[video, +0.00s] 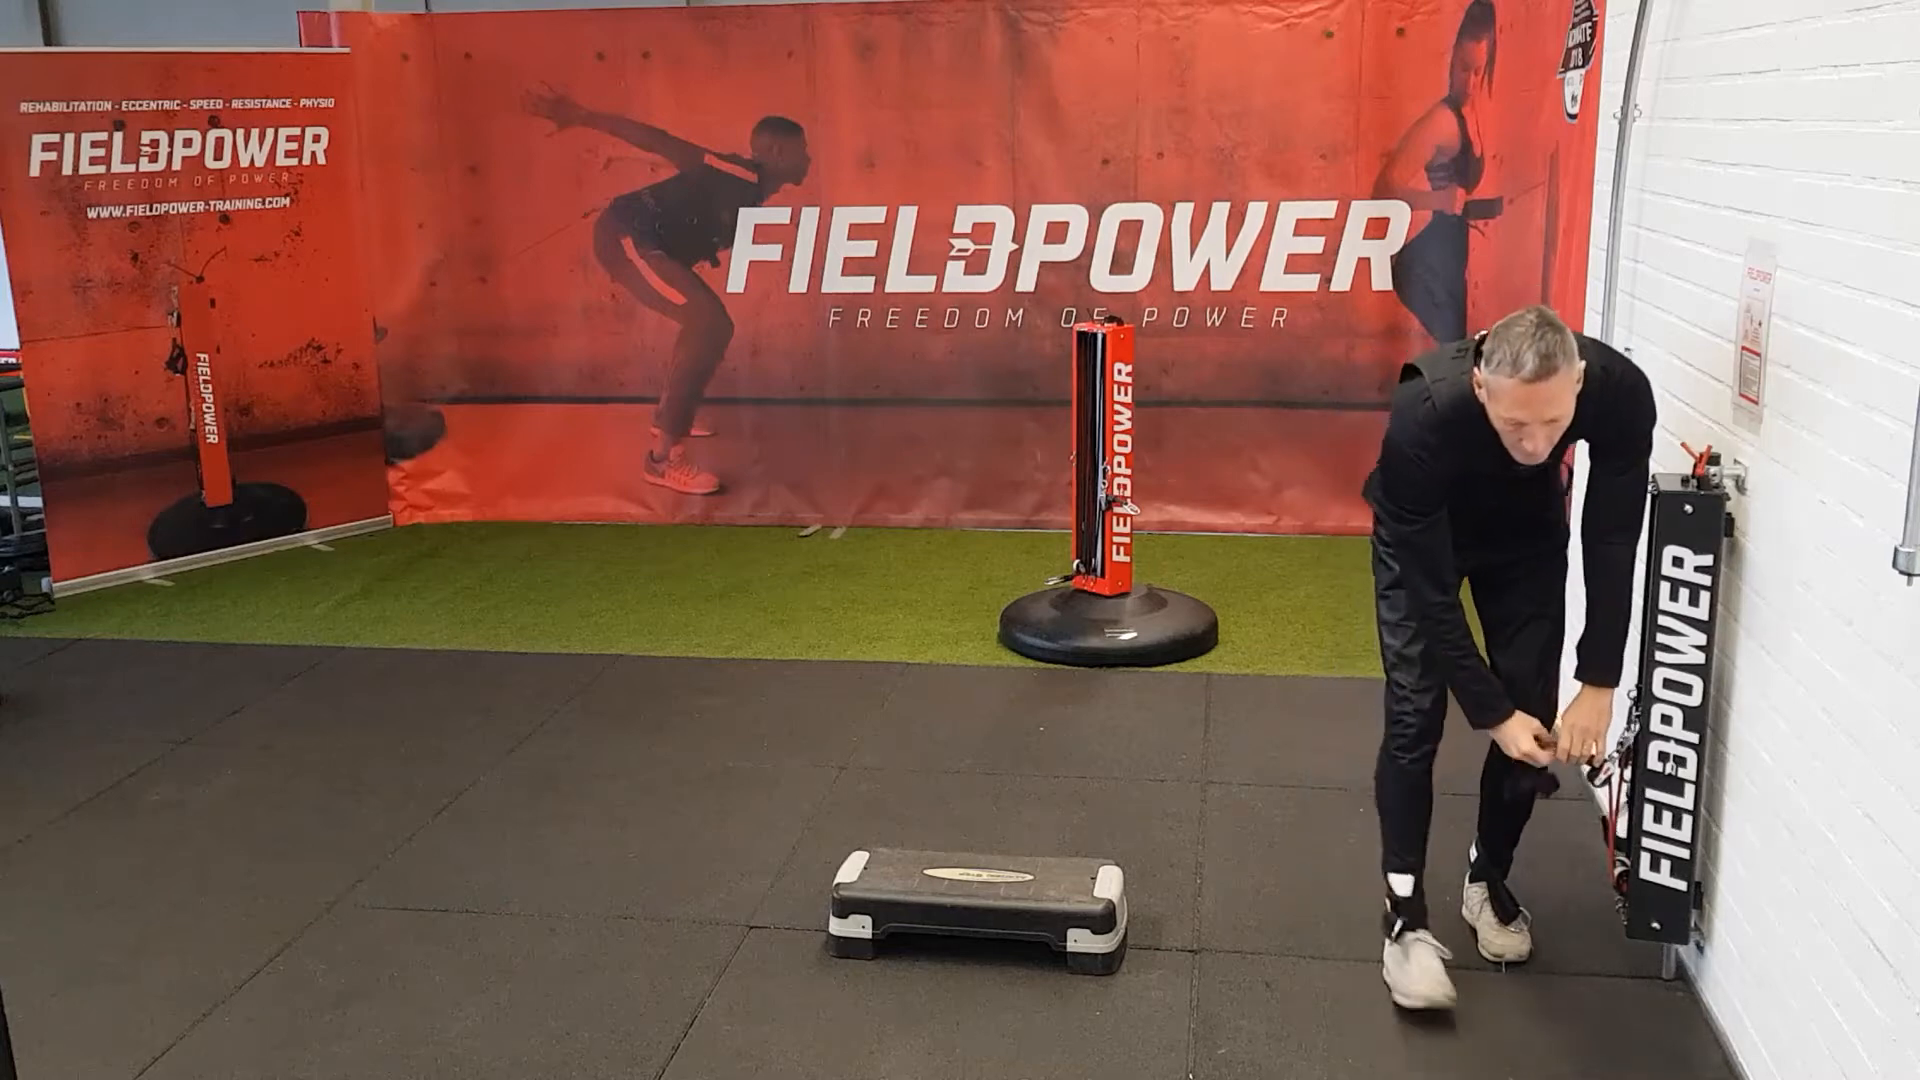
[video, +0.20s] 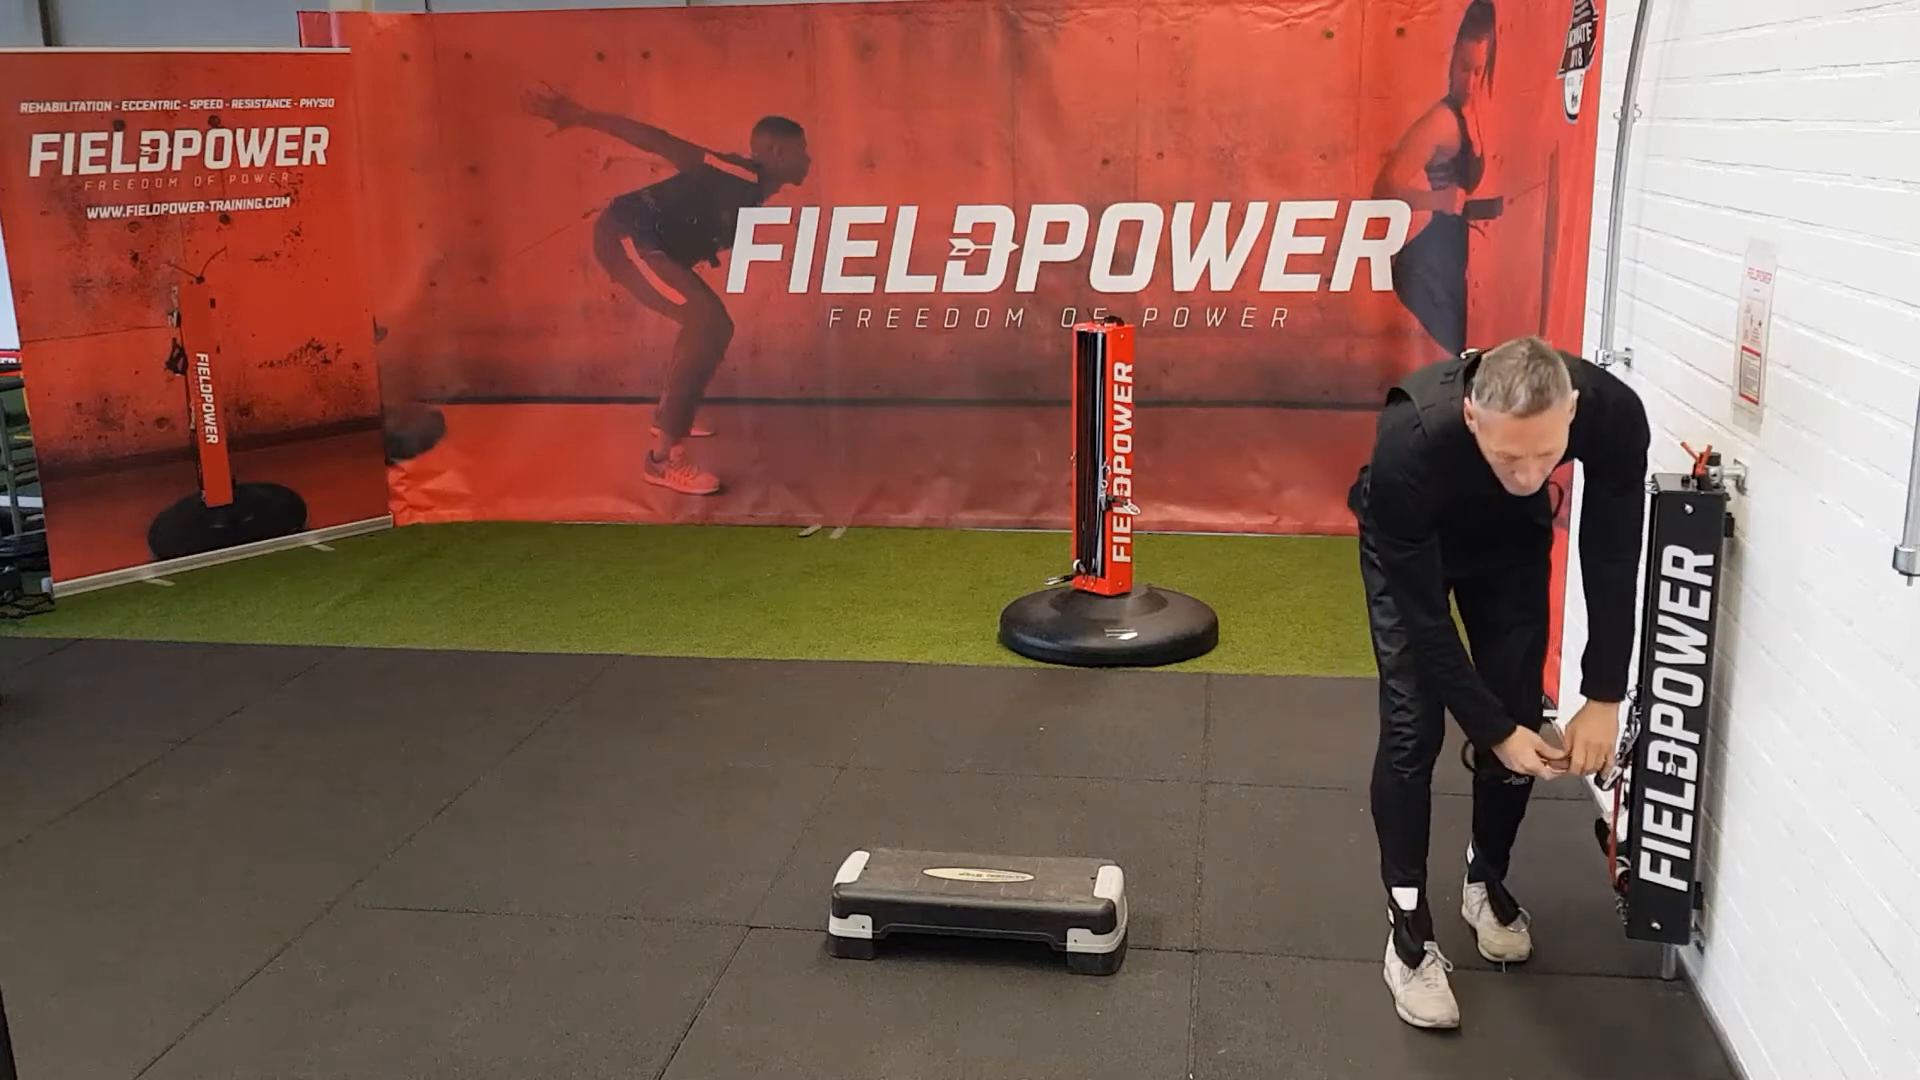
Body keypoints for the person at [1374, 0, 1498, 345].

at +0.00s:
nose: (1472, 82)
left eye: (1481, 72)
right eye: (1465, 70)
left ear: (1490, 73)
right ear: (1450, 67)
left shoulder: (1466, 119)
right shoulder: (1441, 121)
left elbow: (1433, 188)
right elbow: (1391, 187)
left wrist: (1468, 211)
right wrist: (1442, 200)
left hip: (1445, 252)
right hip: (1424, 255)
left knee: (1451, 347)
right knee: (1446, 348)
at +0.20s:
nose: (1472, 82)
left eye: (1482, 72)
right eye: (1465, 70)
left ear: (1492, 74)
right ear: (1450, 68)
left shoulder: (1465, 121)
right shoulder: (1441, 120)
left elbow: (1432, 189)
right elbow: (1388, 186)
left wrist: (1468, 212)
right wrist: (1438, 200)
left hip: (1445, 258)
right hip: (1424, 260)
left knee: (1449, 357)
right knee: (1440, 359)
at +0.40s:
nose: (1471, 82)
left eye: (1482, 72)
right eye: (1464, 69)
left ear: (1492, 74)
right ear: (1450, 67)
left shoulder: (1468, 121)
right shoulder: (1440, 121)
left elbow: (1436, 192)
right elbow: (1387, 189)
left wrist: (1473, 212)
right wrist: (1438, 199)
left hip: (1446, 254)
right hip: (1424, 257)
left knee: (1452, 358)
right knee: (1445, 359)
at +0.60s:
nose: (1472, 81)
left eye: (1482, 71)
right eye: (1464, 68)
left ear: (1492, 72)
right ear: (1450, 65)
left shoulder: (1469, 120)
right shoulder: (1440, 121)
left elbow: (1439, 196)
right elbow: (1387, 188)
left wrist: (1478, 209)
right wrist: (1437, 200)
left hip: (1446, 256)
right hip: (1425, 259)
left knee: (1451, 362)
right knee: (1444, 364)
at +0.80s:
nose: (1472, 81)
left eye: (1482, 71)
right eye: (1464, 68)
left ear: (1492, 73)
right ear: (1450, 64)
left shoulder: (1466, 120)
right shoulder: (1440, 121)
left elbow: (1439, 196)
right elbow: (1388, 188)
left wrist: (1477, 210)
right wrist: (1438, 199)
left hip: (1446, 256)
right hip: (1425, 259)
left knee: (1450, 364)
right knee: (1445, 365)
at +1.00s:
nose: (1472, 81)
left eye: (1482, 71)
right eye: (1465, 68)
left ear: (1492, 73)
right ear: (1451, 65)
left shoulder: (1469, 121)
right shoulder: (1440, 120)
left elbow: (1437, 188)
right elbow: (1387, 188)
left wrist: (1470, 211)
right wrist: (1437, 199)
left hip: (1446, 252)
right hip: (1426, 256)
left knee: (1452, 357)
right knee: (1446, 357)